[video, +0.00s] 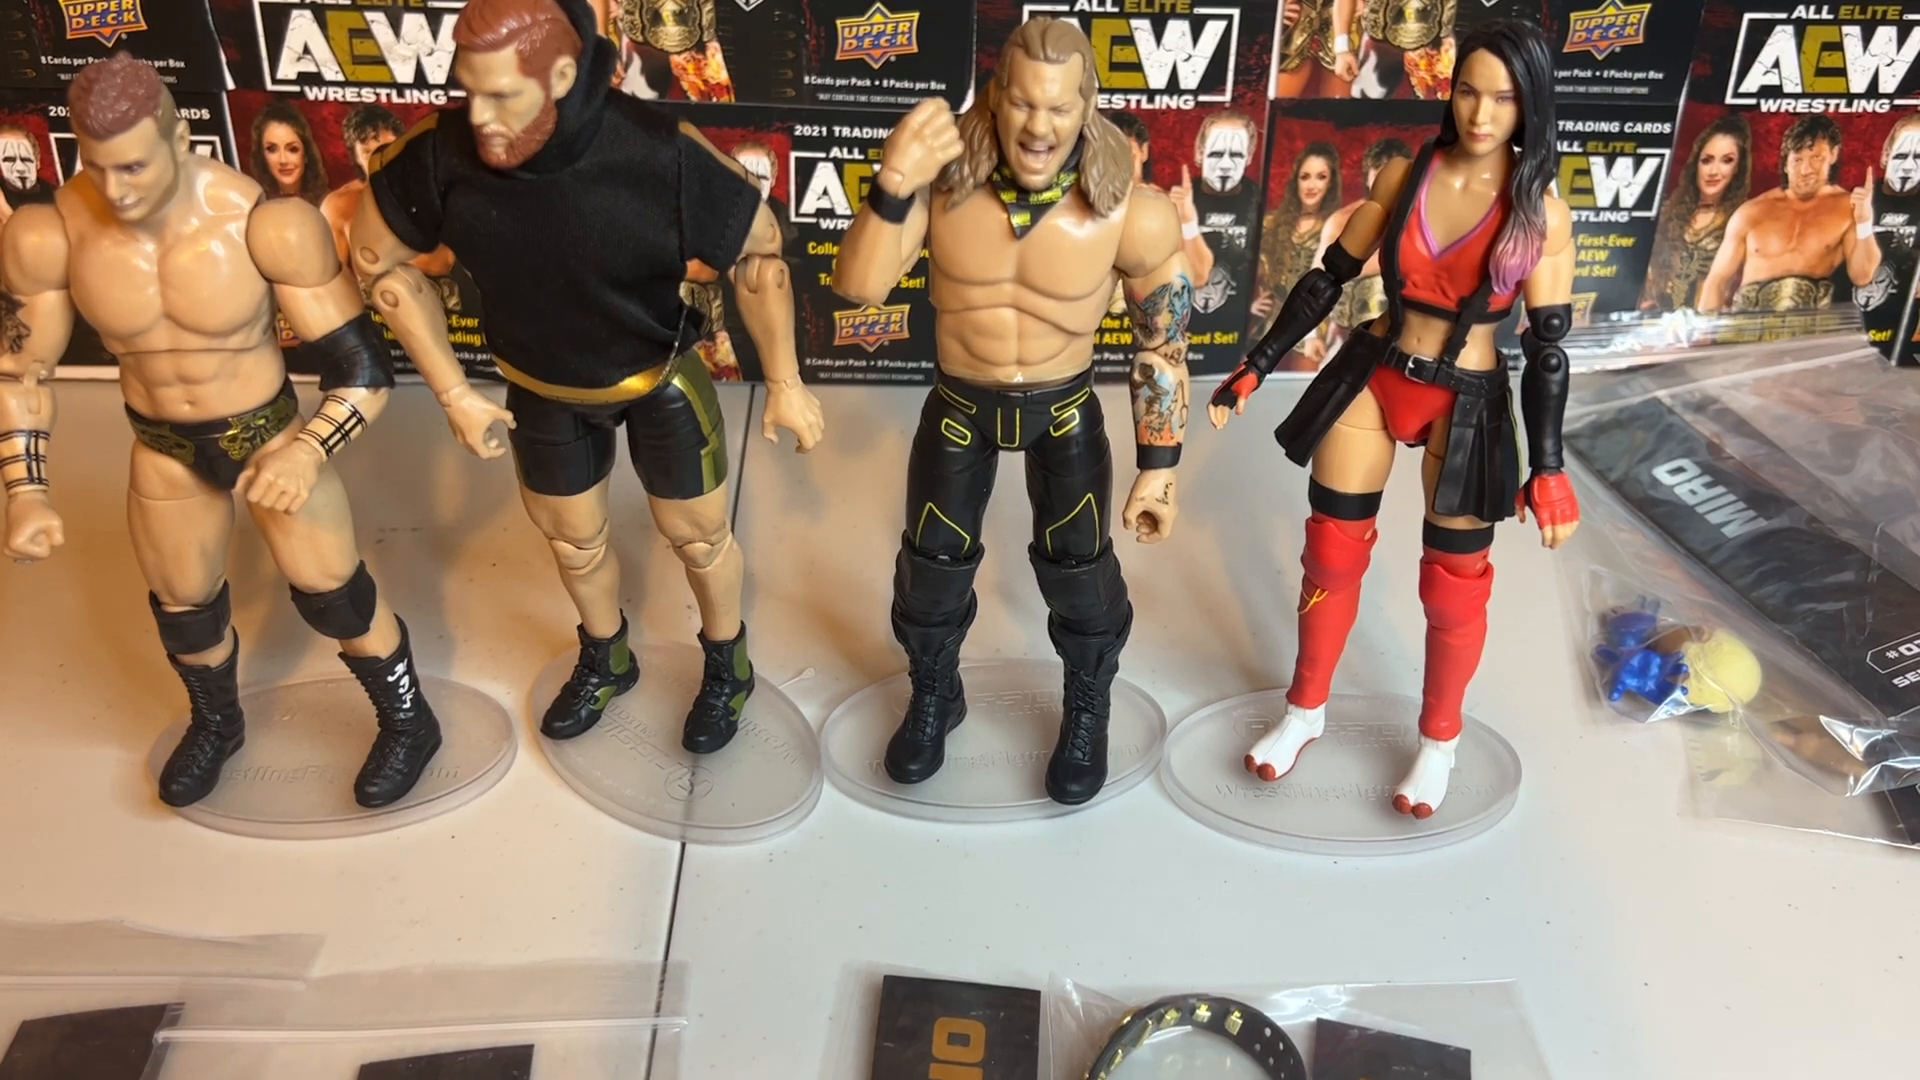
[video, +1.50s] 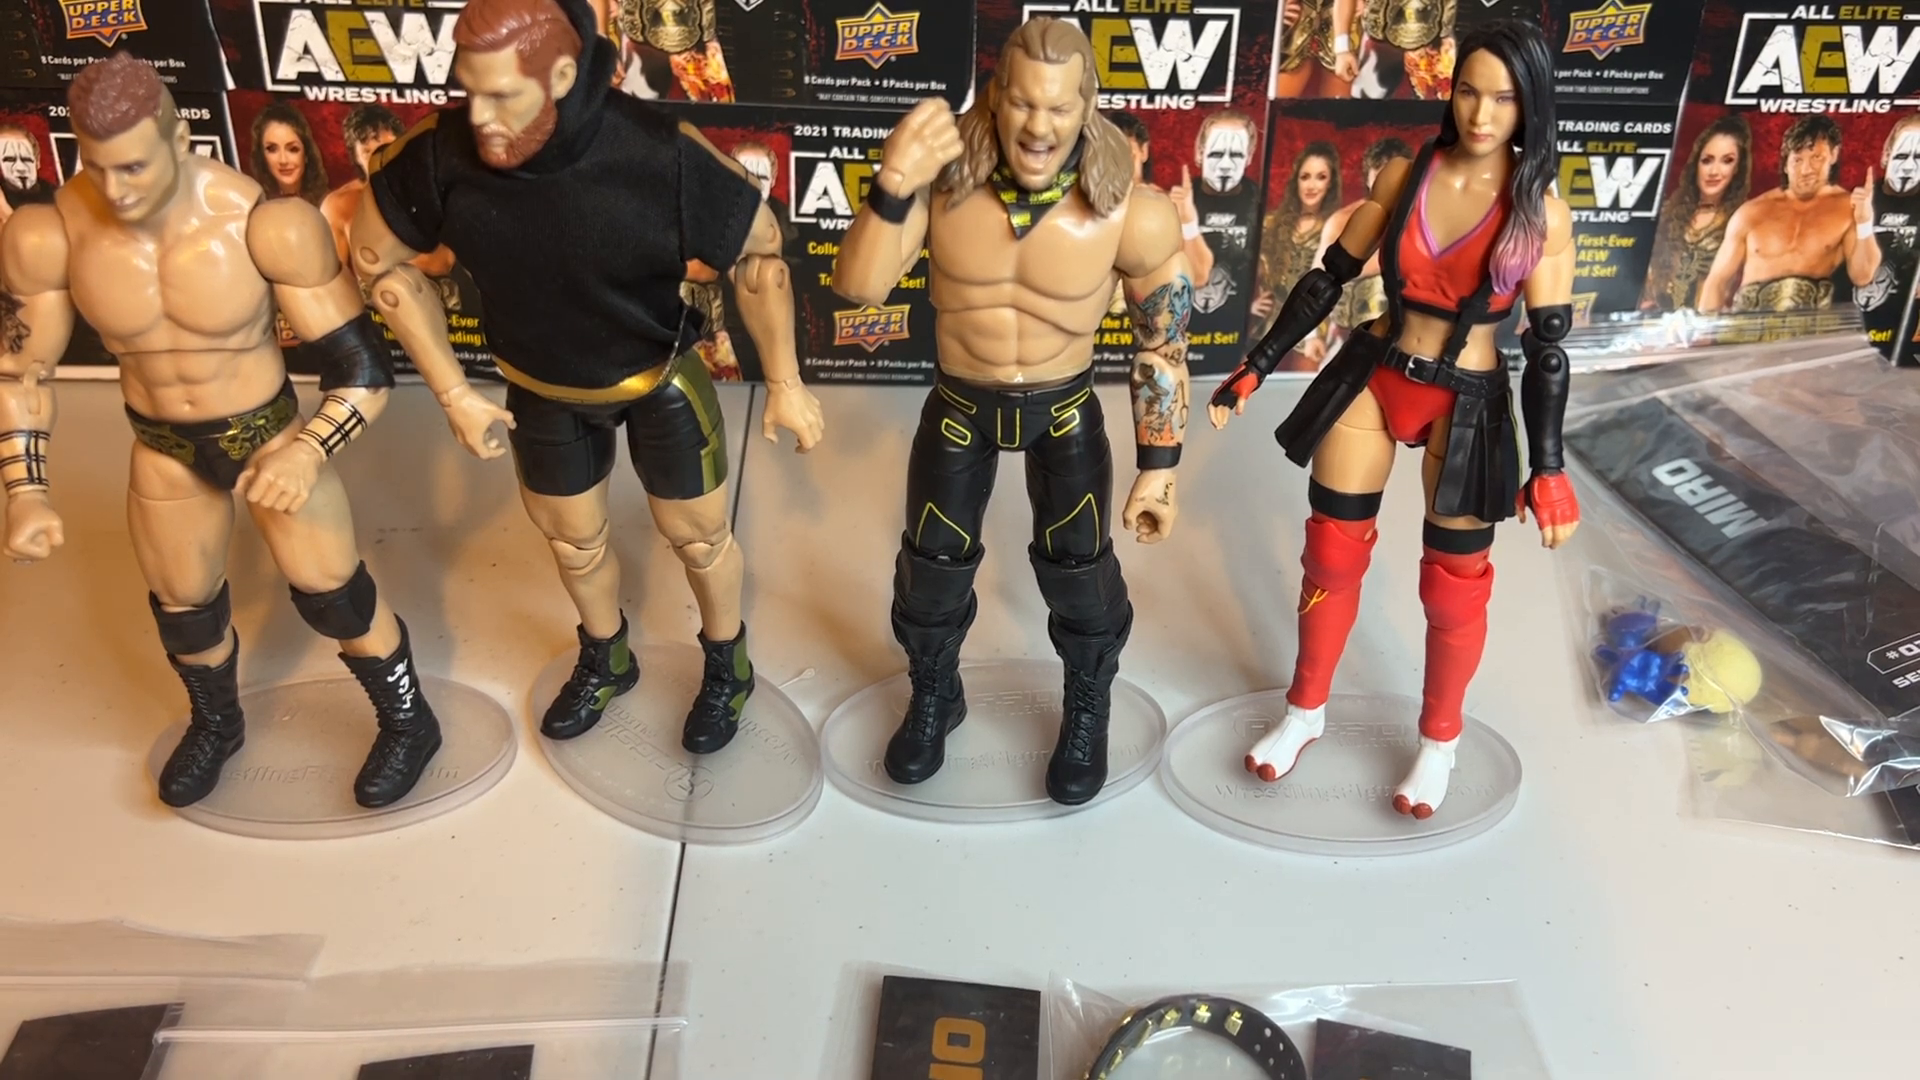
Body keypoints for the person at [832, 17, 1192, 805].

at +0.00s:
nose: (1039, 126)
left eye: (1059, 108)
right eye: (1024, 104)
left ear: (1086, 106)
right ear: (995, 95)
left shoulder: (1129, 207)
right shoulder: (943, 176)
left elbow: (1162, 336)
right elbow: (857, 287)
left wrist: (1161, 463)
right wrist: (892, 189)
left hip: (1064, 407)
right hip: (959, 403)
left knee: (1078, 568)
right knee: (932, 562)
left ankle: (1086, 714)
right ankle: (932, 699)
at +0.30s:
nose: (1040, 127)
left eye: (1060, 109)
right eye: (1024, 104)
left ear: (1087, 106)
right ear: (995, 95)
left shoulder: (1130, 208)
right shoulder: (944, 177)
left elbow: (1162, 338)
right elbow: (858, 286)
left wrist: (1161, 464)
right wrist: (892, 189)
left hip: (1064, 409)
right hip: (958, 404)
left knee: (1078, 570)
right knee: (933, 563)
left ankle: (1086, 713)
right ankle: (933, 698)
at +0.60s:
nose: (1040, 127)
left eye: (1060, 110)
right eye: (1024, 105)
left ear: (1087, 107)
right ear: (995, 95)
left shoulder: (1130, 208)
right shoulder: (944, 177)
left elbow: (1163, 339)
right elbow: (858, 287)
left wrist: (1161, 465)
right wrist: (892, 189)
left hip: (1064, 409)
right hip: (959, 404)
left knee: (1078, 570)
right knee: (933, 563)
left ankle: (1086, 714)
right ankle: (933, 699)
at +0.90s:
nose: (1039, 126)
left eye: (1059, 109)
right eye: (1024, 104)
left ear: (1086, 106)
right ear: (995, 95)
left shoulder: (1129, 207)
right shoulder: (944, 176)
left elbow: (1162, 336)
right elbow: (858, 286)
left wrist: (1161, 464)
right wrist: (892, 190)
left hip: (1064, 408)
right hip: (959, 403)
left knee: (1078, 569)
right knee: (932, 563)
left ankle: (1086, 713)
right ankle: (932, 699)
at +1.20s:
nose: (1039, 126)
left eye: (1059, 109)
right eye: (1024, 104)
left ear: (1086, 106)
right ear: (995, 95)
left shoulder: (1129, 207)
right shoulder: (943, 176)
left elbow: (1162, 337)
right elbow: (857, 286)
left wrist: (1161, 464)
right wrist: (892, 188)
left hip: (1064, 408)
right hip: (958, 403)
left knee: (1078, 568)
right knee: (932, 562)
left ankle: (1086, 712)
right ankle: (933, 698)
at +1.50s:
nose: (1039, 126)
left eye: (1059, 109)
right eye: (1024, 104)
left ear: (1086, 106)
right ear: (994, 95)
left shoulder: (1129, 207)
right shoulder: (943, 176)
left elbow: (1162, 337)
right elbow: (857, 286)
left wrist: (1161, 463)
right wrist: (892, 189)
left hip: (1064, 408)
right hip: (958, 403)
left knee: (1077, 568)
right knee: (932, 562)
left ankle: (1086, 712)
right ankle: (932, 699)